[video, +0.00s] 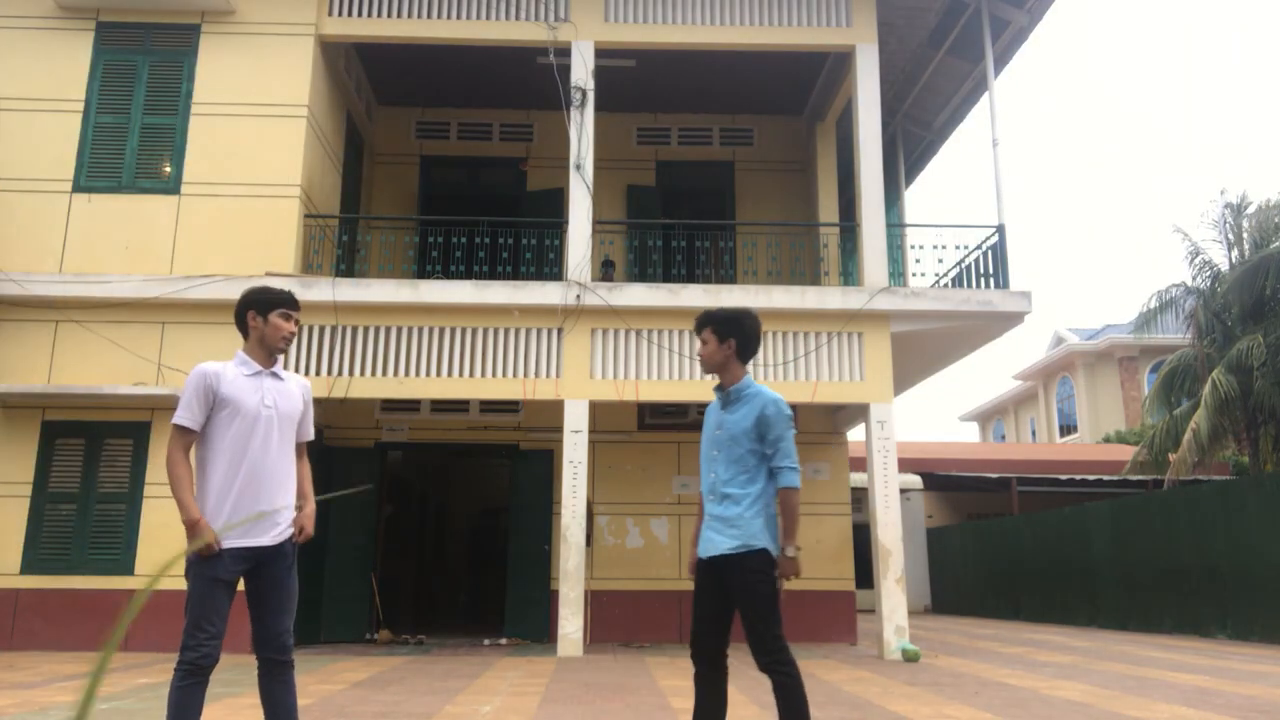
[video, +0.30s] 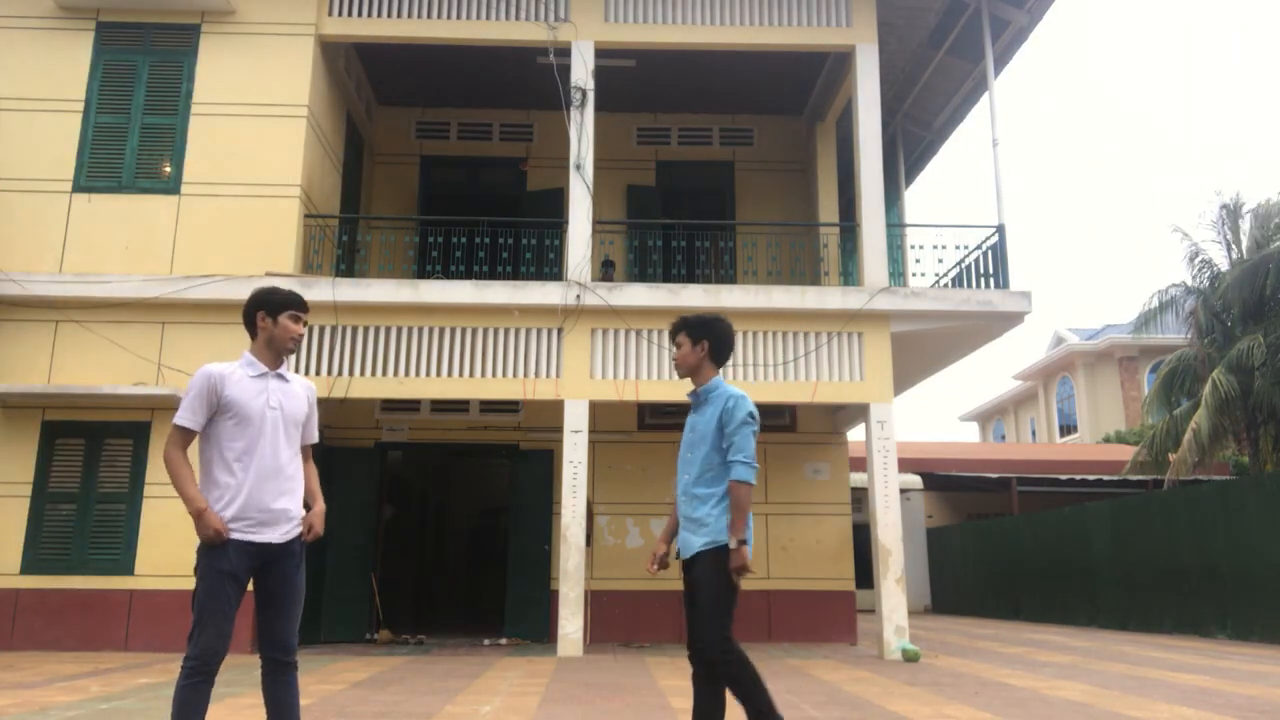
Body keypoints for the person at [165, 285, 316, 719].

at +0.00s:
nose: (293, 328)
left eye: (296, 321)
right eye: (285, 317)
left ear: (294, 329)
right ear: (253, 320)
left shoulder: (298, 388)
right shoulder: (210, 377)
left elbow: (301, 454)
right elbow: (176, 450)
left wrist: (308, 504)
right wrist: (192, 519)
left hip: (278, 545)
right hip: (218, 544)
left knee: (278, 656)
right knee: (199, 657)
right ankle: (179, 719)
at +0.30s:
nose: (302, 331)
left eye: (304, 323)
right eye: (294, 320)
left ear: (287, 327)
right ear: (263, 320)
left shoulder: (304, 391)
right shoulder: (215, 378)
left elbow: (305, 456)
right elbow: (174, 450)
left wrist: (318, 503)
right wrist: (199, 510)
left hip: (287, 543)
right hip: (228, 541)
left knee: (282, 657)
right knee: (205, 657)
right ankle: (184, 719)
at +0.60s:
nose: (292, 330)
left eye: (295, 323)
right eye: (285, 320)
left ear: (289, 328)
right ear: (253, 320)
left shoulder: (297, 388)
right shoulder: (206, 381)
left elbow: (305, 456)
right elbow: (186, 458)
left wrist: (315, 503)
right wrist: (222, 511)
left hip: (281, 544)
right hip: (220, 543)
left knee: (282, 657)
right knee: (201, 655)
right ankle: (181, 719)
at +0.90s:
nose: (283, 330)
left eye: (285, 322)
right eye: (275, 319)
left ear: (277, 328)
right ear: (242, 320)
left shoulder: (289, 387)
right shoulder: (197, 382)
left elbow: (300, 455)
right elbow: (176, 459)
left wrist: (306, 502)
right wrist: (230, 493)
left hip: (275, 543)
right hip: (215, 543)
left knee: (278, 658)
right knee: (198, 656)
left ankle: (284, 719)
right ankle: (179, 719)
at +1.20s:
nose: (277, 329)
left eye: (280, 322)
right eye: (269, 319)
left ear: (277, 327)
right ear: (237, 320)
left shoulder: (288, 386)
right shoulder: (194, 382)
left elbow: (298, 451)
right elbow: (169, 459)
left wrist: (292, 475)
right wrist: (240, 469)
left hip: (276, 542)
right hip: (214, 542)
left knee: (278, 657)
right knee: (197, 656)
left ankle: (284, 719)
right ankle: (180, 719)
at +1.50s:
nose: (268, 337)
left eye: (275, 330)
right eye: (260, 326)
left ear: (279, 335)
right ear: (230, 323)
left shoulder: (285, 386)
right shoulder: (193, 377)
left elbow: (326, 434)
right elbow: (213, 427)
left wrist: (302, 374)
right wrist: (247, 366)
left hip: (277, 538)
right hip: (215, 538)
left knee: (278, 658)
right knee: (197, 656)